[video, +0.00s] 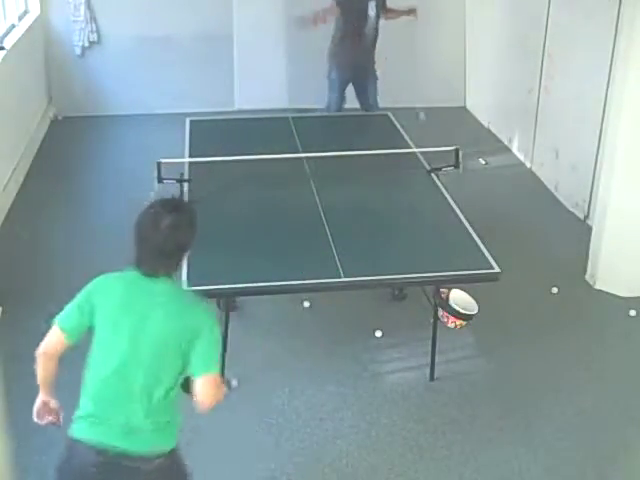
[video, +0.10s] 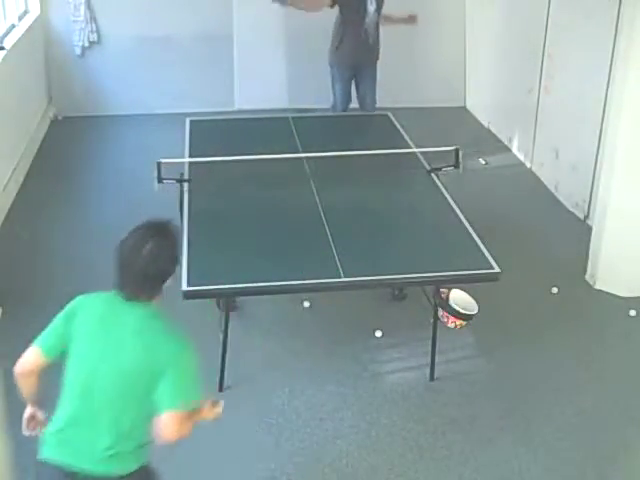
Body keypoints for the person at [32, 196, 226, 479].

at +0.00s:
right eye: (188, 245)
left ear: (139, 241)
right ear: (185, 252)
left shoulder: (104, 288)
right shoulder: (199, 313)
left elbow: (46, 351)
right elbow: (206, 399)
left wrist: (46, 395)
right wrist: (219, 386)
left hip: (87, 458)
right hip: (153, 464)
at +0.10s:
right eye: (172, 264)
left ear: (122, 264)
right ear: (167, 276)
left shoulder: (83, 308)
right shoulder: (171, 342)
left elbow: (24, 368)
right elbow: (168, 431)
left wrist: (32, 405)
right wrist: (198, 414)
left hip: (55, 461)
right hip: (118, 470)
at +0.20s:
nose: (153, 294)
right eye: (152, 287)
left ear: (103, 279)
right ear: (144, 295)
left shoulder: (58, 318)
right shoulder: (136, 357)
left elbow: (5, 370)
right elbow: (123, 450)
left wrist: (19, 409)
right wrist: (171, 441)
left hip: (25, 464)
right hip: (82, 469)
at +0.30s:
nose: (135, 292)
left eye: (134, 283)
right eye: (135, 286)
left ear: (81, 279)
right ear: (126, 297)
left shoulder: (39, 316)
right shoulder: (118, 362)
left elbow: (1, 356)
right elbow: (94, 449)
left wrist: (8, 398)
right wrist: (150, 454)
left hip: (12, 460)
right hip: (66, 471)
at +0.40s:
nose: (128, 288)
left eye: (127, 281)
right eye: (128, 282)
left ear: (73, 277)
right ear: (119, 295)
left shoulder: (33, 313)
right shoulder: (109, 360)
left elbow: (1, 354)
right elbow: (87, 448)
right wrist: (144, 449)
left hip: (8, 457)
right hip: (58, 471)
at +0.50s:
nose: (132, 286)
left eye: (132, 277)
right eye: (133, 279)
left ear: (78, 274)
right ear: (124, 290)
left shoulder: (42, 309)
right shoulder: (117, 355)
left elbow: (3, 355)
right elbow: (99, 443)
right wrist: (156, 438)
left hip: (16, 455)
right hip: (68, 470)